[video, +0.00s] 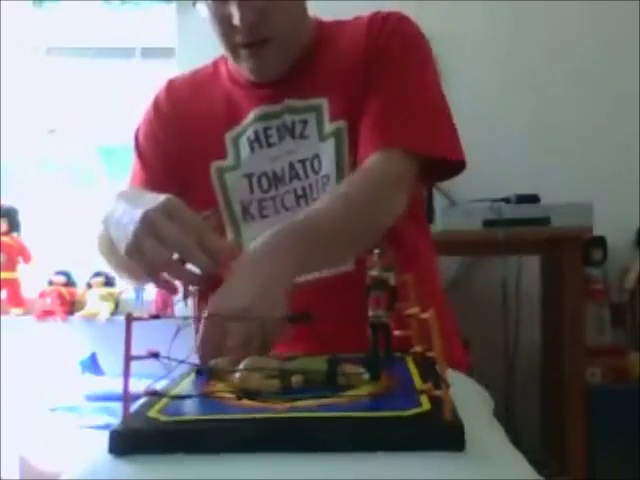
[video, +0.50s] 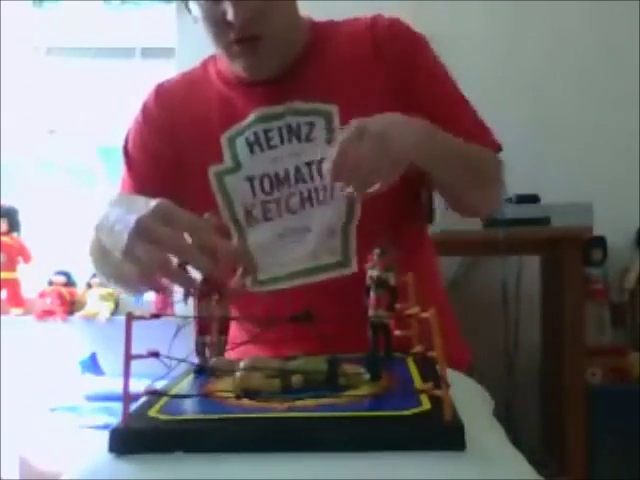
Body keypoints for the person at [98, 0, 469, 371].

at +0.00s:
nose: (240, 20)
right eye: (218, 1)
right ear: (203, 6)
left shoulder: (383, 43)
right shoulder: (178, 106)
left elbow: (387, 185)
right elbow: (134, 259)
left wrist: (271, 262)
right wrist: (124, 214)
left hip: (399, 378)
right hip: (247, 395)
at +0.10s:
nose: (239, 20)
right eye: (219, 2)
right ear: (202, 7)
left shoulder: (382, 44)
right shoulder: (178, 105)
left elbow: (403, 183)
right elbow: (131, 258)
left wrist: (284, 236)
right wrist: (124, 214)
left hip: (402, 374)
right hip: (253, 389)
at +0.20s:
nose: (237, 17)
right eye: (217, 1)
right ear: (200, 7)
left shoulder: (382, 45)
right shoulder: (176, 106)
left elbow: (411, 193)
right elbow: (134, 261)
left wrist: (303, 206)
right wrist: (122, 217)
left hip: (403, 366)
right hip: (257, 377)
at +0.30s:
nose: (236, 17)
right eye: (215, 1)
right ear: (198, 8)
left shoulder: (382, 46)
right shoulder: (174, 107)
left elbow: (436, 197)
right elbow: (131, 263)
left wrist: (337, 177)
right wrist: (124, 221)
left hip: (403, 366)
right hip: (255, 379)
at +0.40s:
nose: (234, 16)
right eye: (213, 2)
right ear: (197, 8)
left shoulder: (381, 47)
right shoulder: (172, 109)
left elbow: (460, 201)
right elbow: (128, 268)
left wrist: (370, 152)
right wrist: (125, 225)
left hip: (403, 365)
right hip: (255, 378)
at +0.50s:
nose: (233, 15)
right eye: (212, 0)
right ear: (193, 8)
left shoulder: (382, 50)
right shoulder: (169, 111)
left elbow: (484, 195)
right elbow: (130, 270)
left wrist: (415, 140)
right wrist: (116, 229)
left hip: (405, 372)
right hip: (252, 384)